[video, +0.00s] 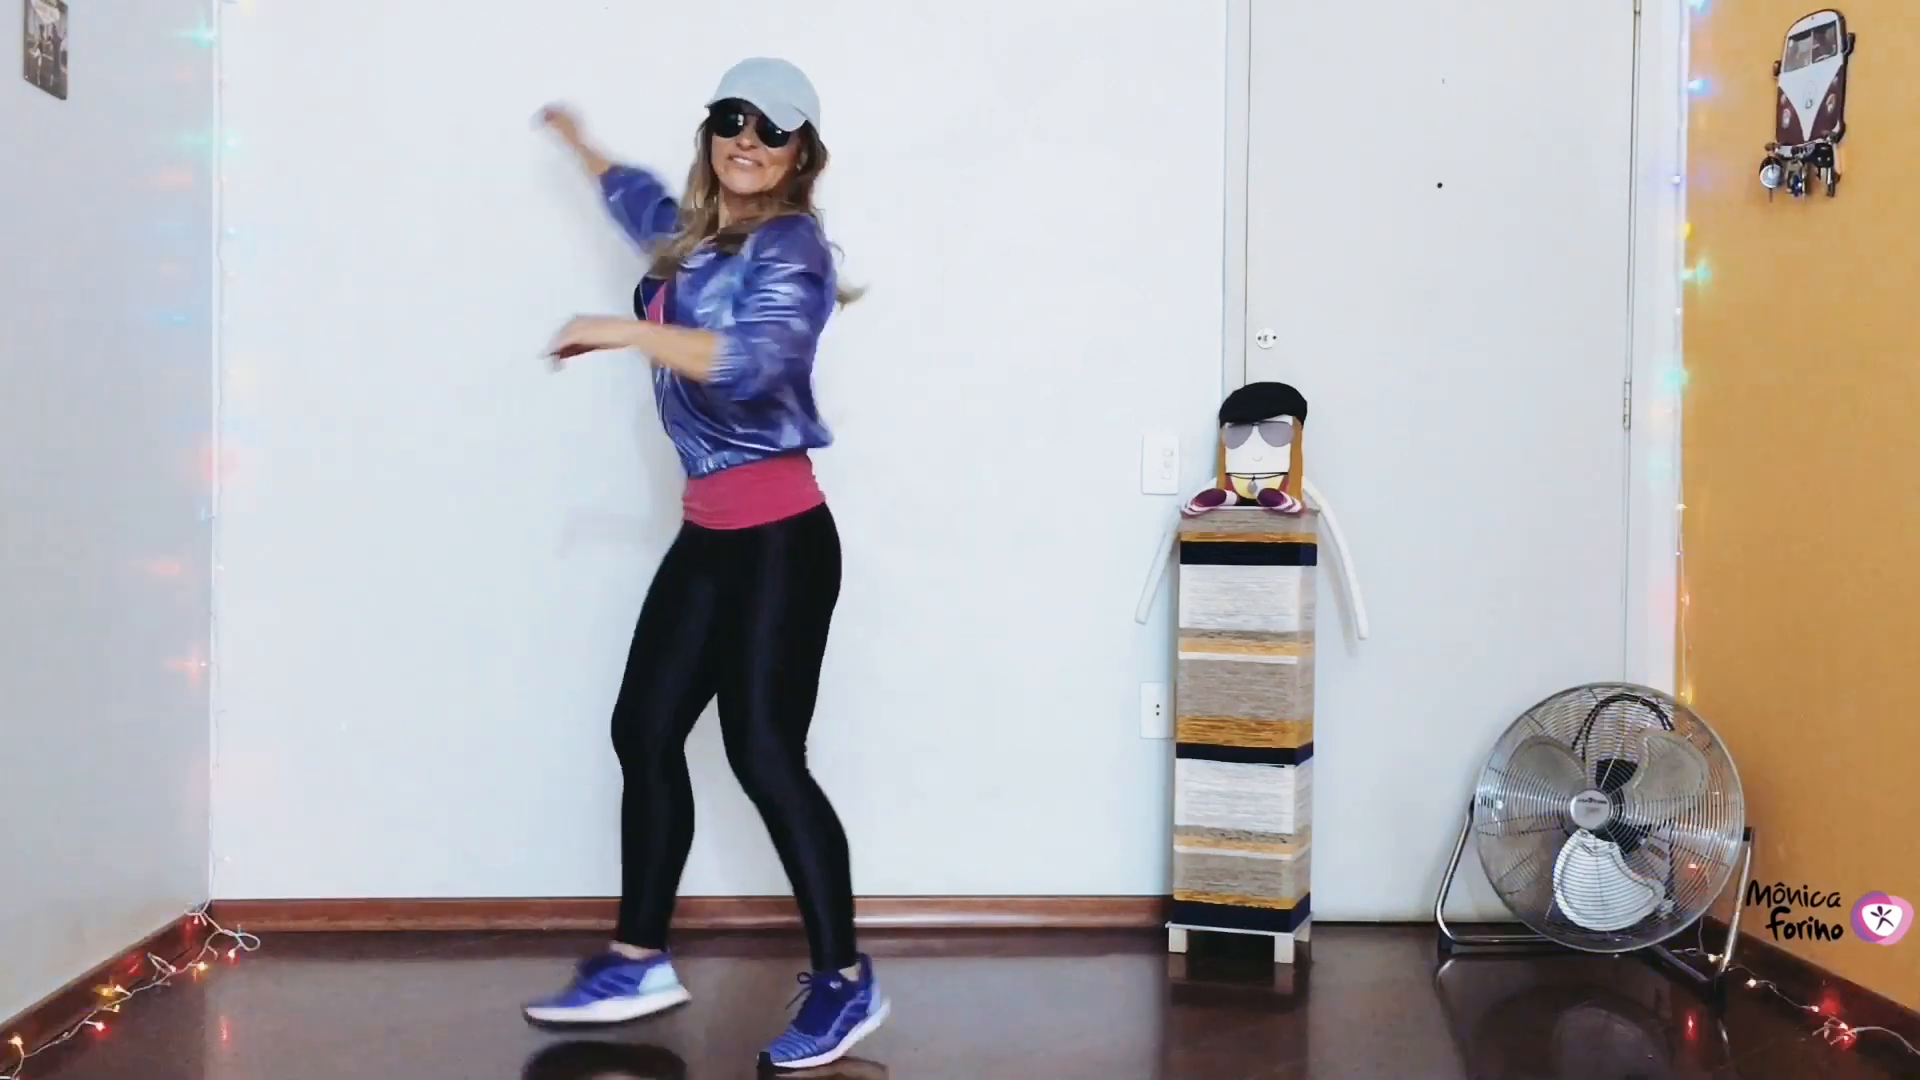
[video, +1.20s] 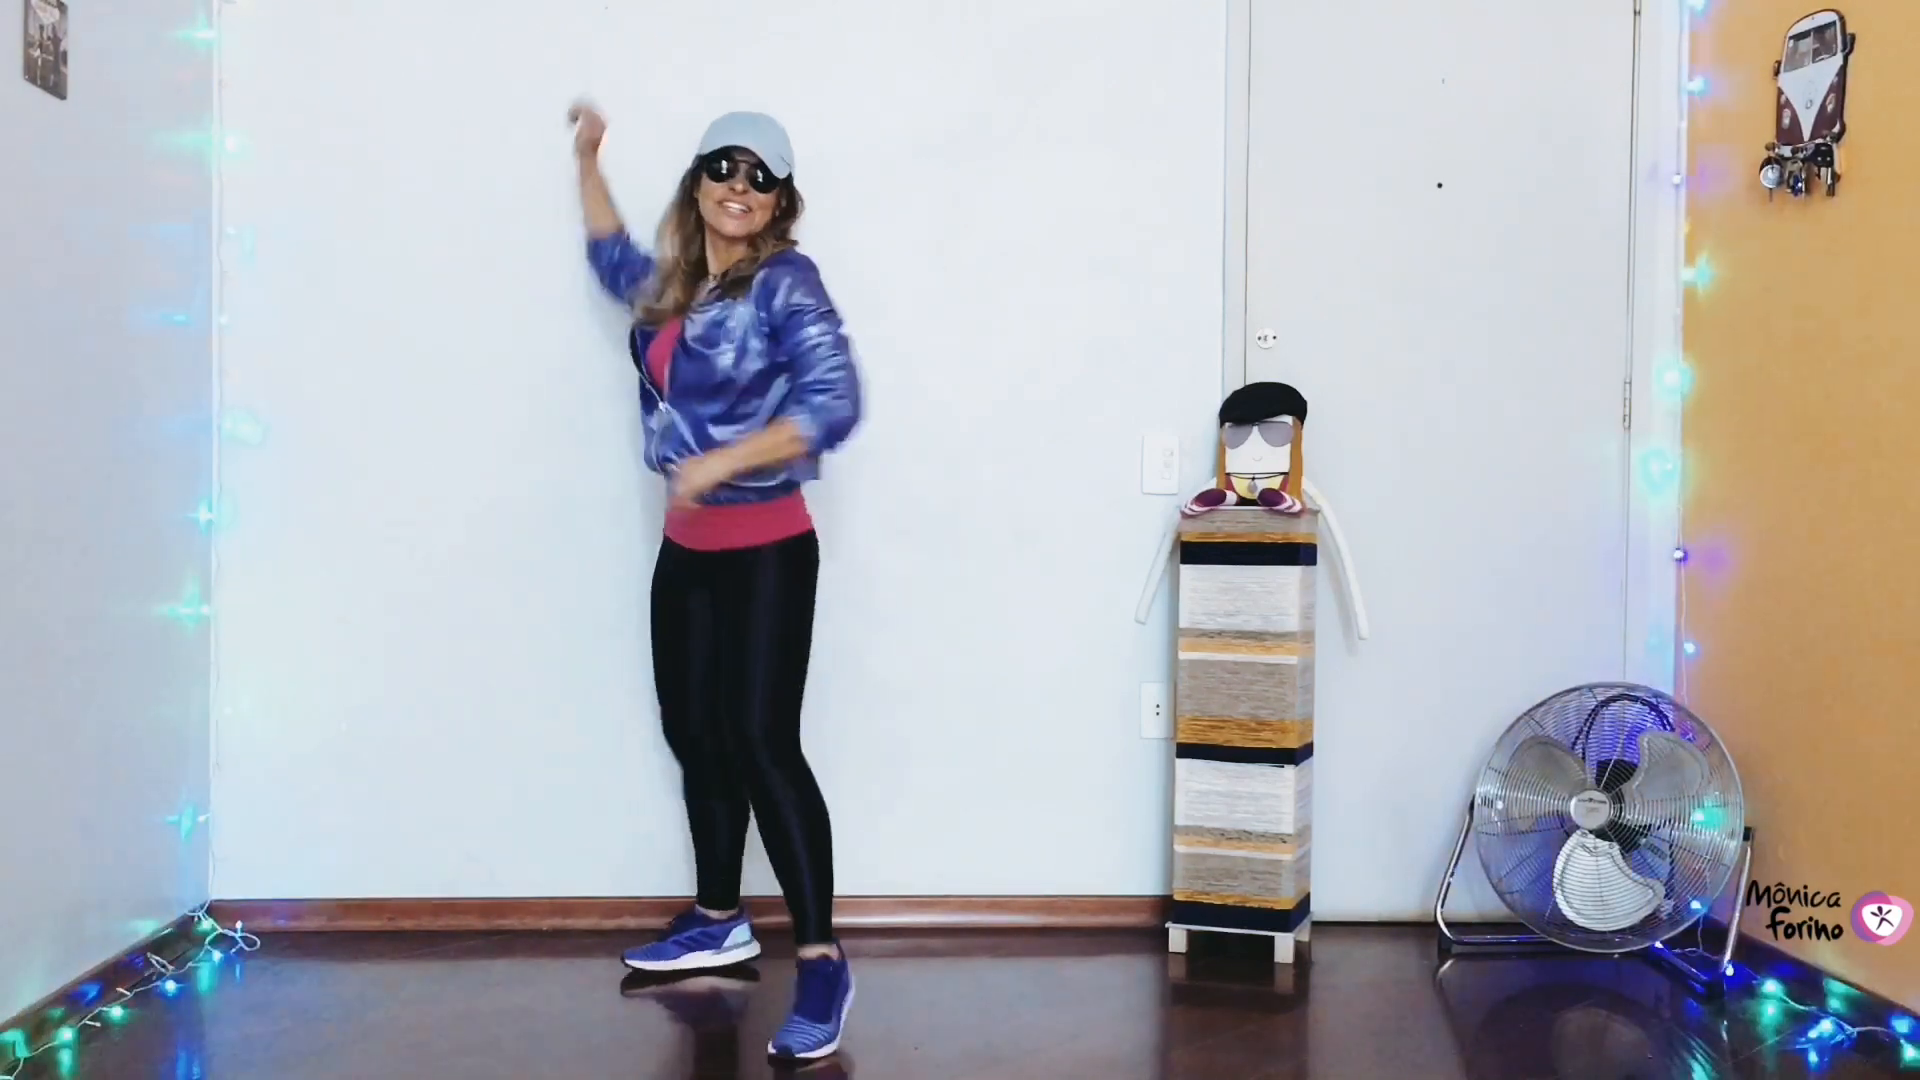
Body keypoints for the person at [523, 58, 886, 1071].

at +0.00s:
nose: (745, 143)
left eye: (769, 133)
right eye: (731, 124)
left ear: (799, 153)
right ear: (706, 135)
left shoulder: (791, 246)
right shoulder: (692, 236)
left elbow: (757, 362)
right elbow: (636, 202)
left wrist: (633, 331)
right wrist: (583, 146)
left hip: (784, 538)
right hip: (706, 536)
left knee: (764, 751)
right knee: (645, 729)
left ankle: (842, 981)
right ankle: (640, 960)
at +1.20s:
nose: (740, 189)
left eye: (761, 179)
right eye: (724, 171)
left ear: (780, 199)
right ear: (695, 187)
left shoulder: (787, 279)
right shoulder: (671, 284)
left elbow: (834, 403)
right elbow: (620, 261)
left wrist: (722, 462)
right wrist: (587, 165)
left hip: (768, 551)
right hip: (685, 552)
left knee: (764, 742)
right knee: (696, 734)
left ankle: (819, 962)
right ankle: (718, 920)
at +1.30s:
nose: (752, 195)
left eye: (773, 184)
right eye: (735, 178)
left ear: (795, 203)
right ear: (706, 194)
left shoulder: (811, 283)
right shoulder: (690, 299)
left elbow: (904, 386)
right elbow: (600, 328)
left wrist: (819, 466)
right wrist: (558, 228)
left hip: (791, 568)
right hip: (703, 561)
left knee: (775, 764)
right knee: (650, 740)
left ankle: (820, 979)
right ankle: (706, 906)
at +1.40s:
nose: (758, 198)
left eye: (780, 188)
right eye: (741, 181)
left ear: (802, 209)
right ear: (712, 198)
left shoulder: (836, 292)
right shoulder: (687, 317)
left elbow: (961, 365)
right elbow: (586, 392)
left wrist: (925, 436)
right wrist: (509, 308)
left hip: (819, 579)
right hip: (721, 575)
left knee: (793, 772)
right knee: (608, 732)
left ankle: (821, 983)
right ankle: (677, 879)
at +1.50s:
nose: (751, 198)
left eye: (772, 186)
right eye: (734, 183)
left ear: (798, 207)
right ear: (707, 203)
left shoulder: (845, 301)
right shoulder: (674, 326)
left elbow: (969, 343)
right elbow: (590, 440)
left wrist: (1001, 375)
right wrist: (469, 398)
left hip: (825, 577)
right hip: (723, 576)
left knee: (806, 773)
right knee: (614, 712)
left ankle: (821, 985)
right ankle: (687, 888)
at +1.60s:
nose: (734, 196)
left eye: (754, 181)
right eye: (716, 183)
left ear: (788, 198)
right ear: (696, 205)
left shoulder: (846, 301)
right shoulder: (668, 324)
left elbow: (950, 329)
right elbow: (625, 462)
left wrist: (1014, 333)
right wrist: (520, 489)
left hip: (817, 573)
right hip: (709, 572)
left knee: (823, 778)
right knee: (643, 739)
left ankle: (821, 983)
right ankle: (694, 932)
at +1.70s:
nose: (728, 195)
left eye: (746, 176)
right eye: (706, 185)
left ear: (782, 191)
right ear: (690, 209)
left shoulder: (833, 291)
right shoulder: (665, 330)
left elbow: (924, 289)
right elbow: (655, 452)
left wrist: (1005, 278)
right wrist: (652, 531)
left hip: (788, 565)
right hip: (685, 569)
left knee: (827, 768)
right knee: (690, 779)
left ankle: (825, 983)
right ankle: (687, 978)